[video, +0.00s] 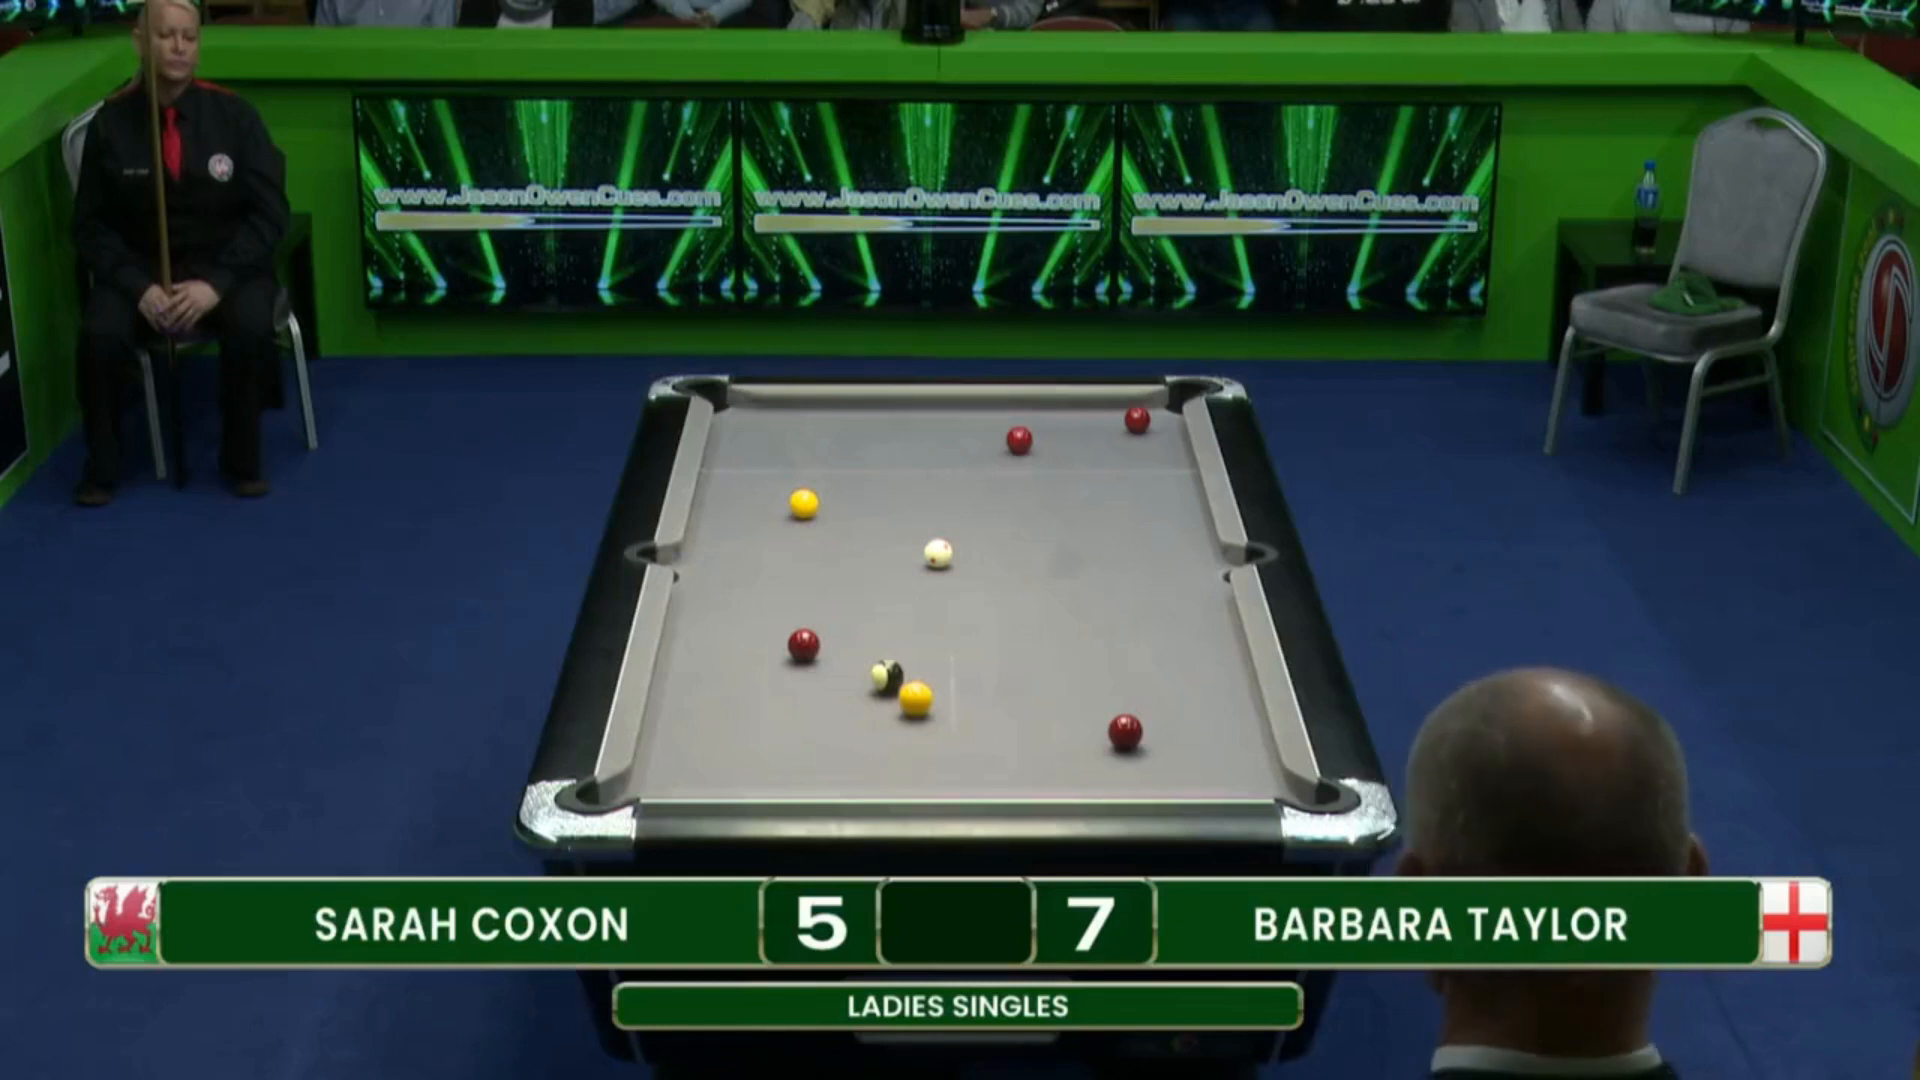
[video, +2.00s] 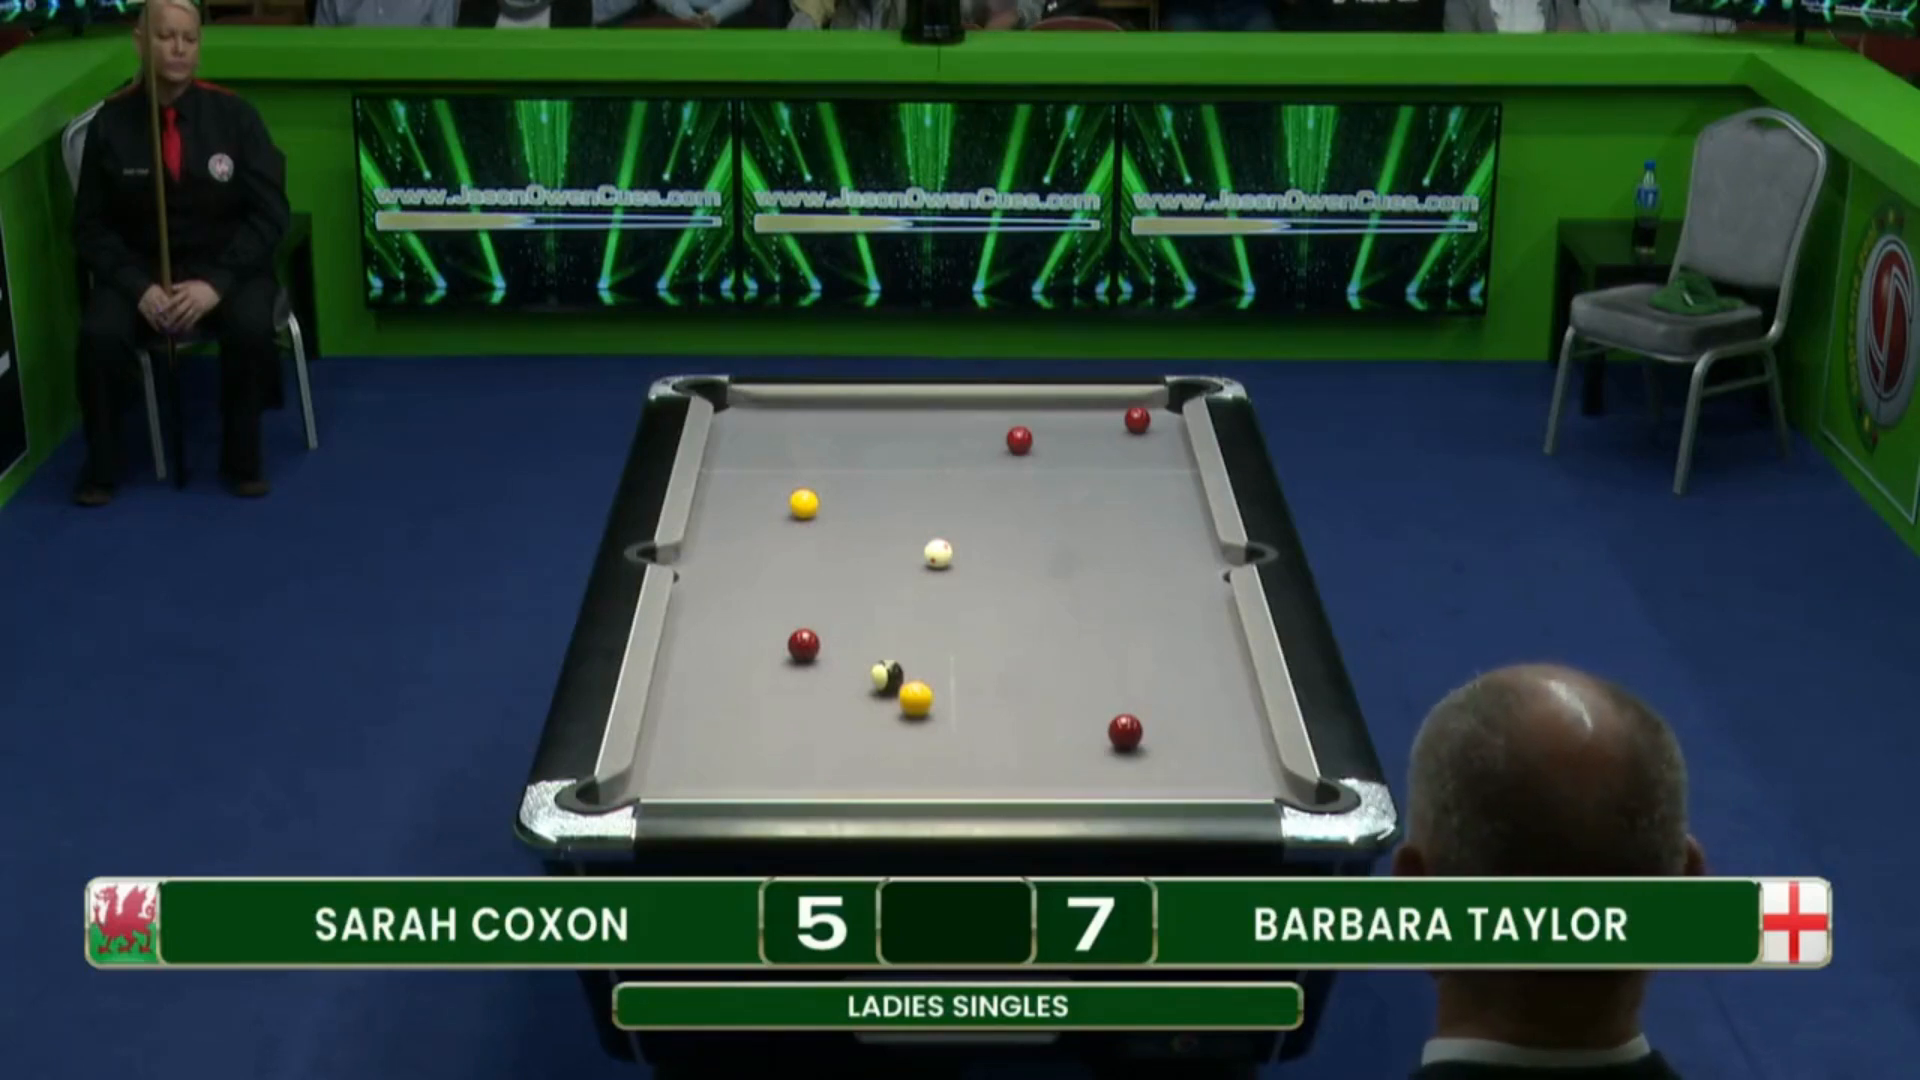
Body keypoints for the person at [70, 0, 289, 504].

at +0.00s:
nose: (180, 47)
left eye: (189, 37)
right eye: (166, 36)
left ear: (199, 44)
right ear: (141, 41)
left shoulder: (235, 115)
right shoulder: (111, 121)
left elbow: (269, 214)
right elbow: (90, 226)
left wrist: (213, 283)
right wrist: (140, 287)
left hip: (221, 268)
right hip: (138, 274)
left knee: (249, 327)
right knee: (102, 333)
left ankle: (243, 462)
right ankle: (101, 468)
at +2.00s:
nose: (179, 49)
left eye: (189, 38)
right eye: (166, 37)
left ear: (199, 45)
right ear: (141, 42)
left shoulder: (235, 115)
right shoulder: (111, 121)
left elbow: (269, 214)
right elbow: (90, 226)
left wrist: (213, 283)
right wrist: (140, 287)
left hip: (221, 267)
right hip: (138, 274)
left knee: (249, 329)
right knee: (101, 335)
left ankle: (244, 462)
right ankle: (101, 467)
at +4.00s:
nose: (179, 49)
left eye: (189, 38)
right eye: (165, 37)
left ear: (200, 45)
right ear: (141, 42)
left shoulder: (235, 115)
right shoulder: (111, 121)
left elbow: (269, 215)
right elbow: (90, 226)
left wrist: (214, 284)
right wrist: (140, 287)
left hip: (221, 266)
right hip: (138, 272)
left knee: (249, 330)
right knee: (101, 336)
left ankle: (243, 463)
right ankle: (101, 469)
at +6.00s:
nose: (179, 49)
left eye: (189, 38)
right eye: (165, 37)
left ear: (199, 44)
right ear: (141, 42)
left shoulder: (234, 116)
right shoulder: (111, 121)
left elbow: (269, 215)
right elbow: (90, 226)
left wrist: (214, 284)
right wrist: (140, 287)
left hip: (221, 268)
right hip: (138, 274)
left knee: (248, 328)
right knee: (101, 336)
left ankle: (243, 463)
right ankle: (101, 469)